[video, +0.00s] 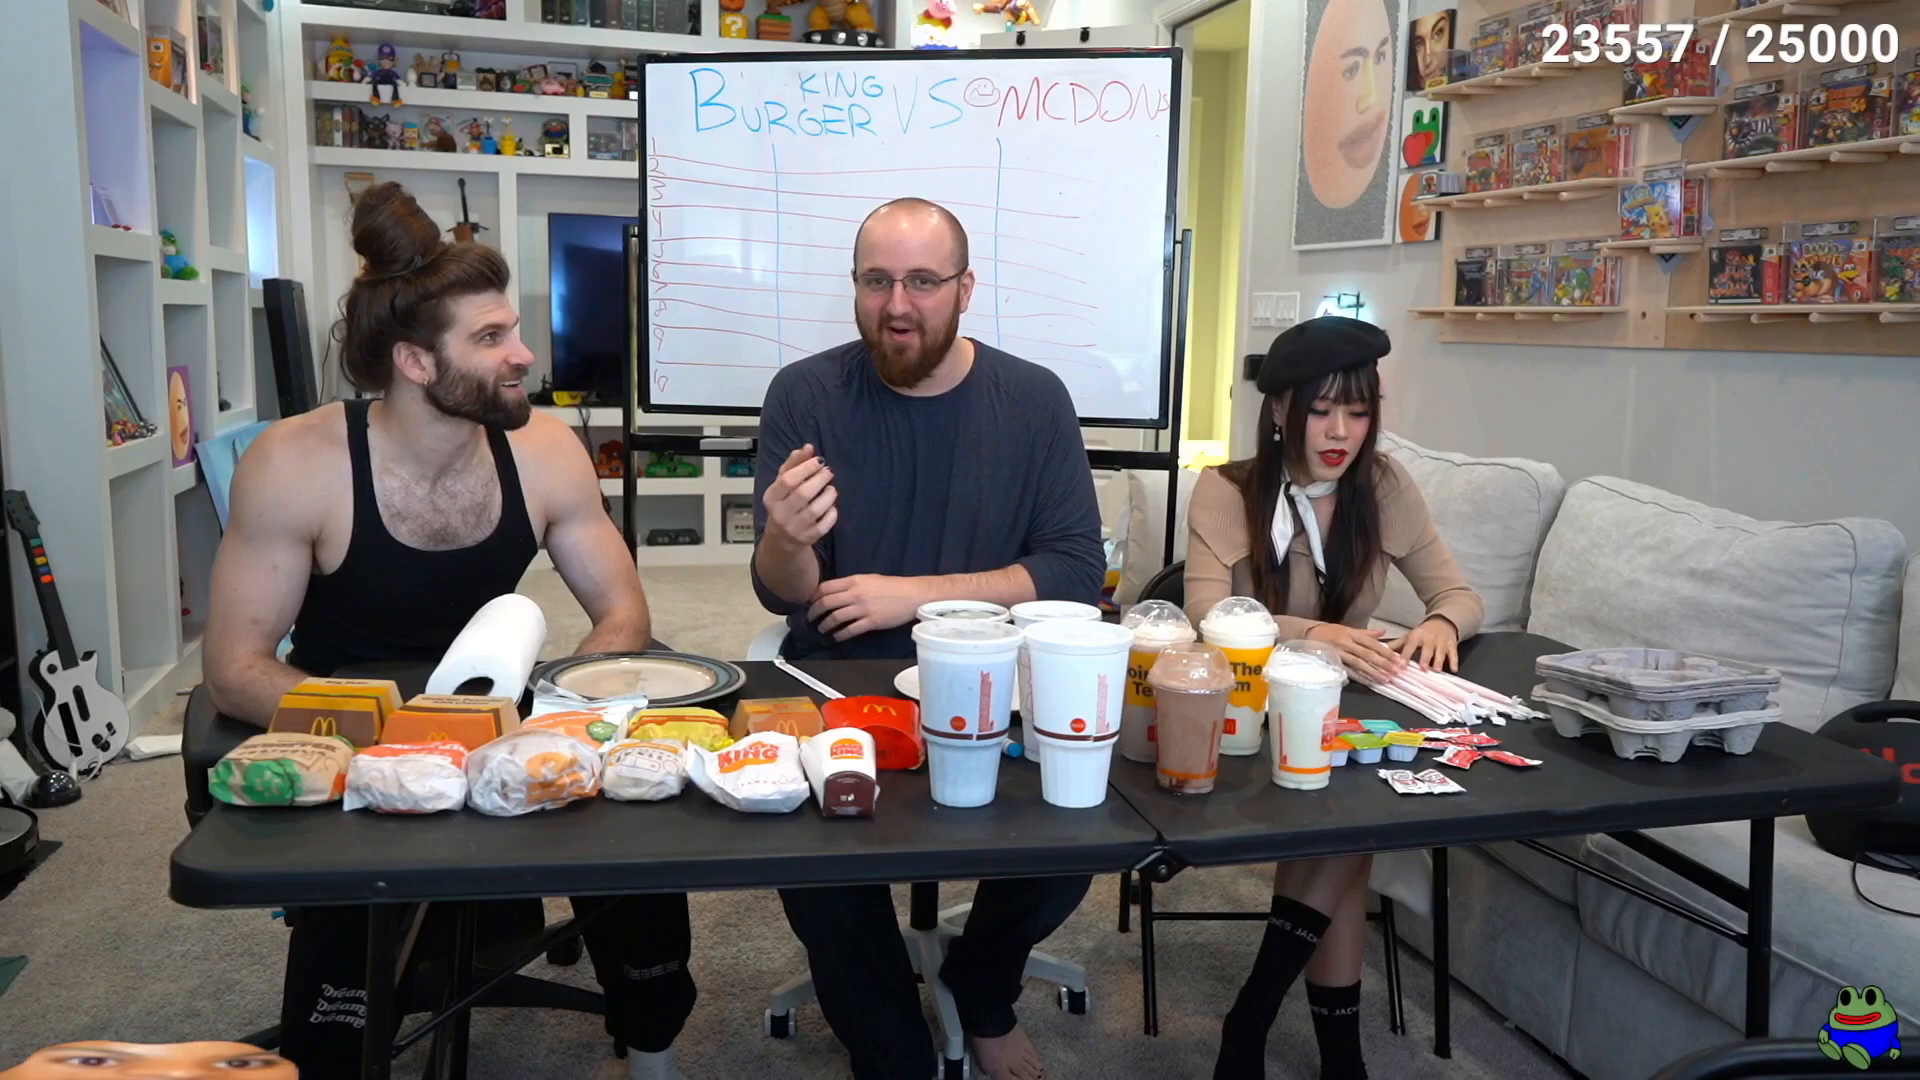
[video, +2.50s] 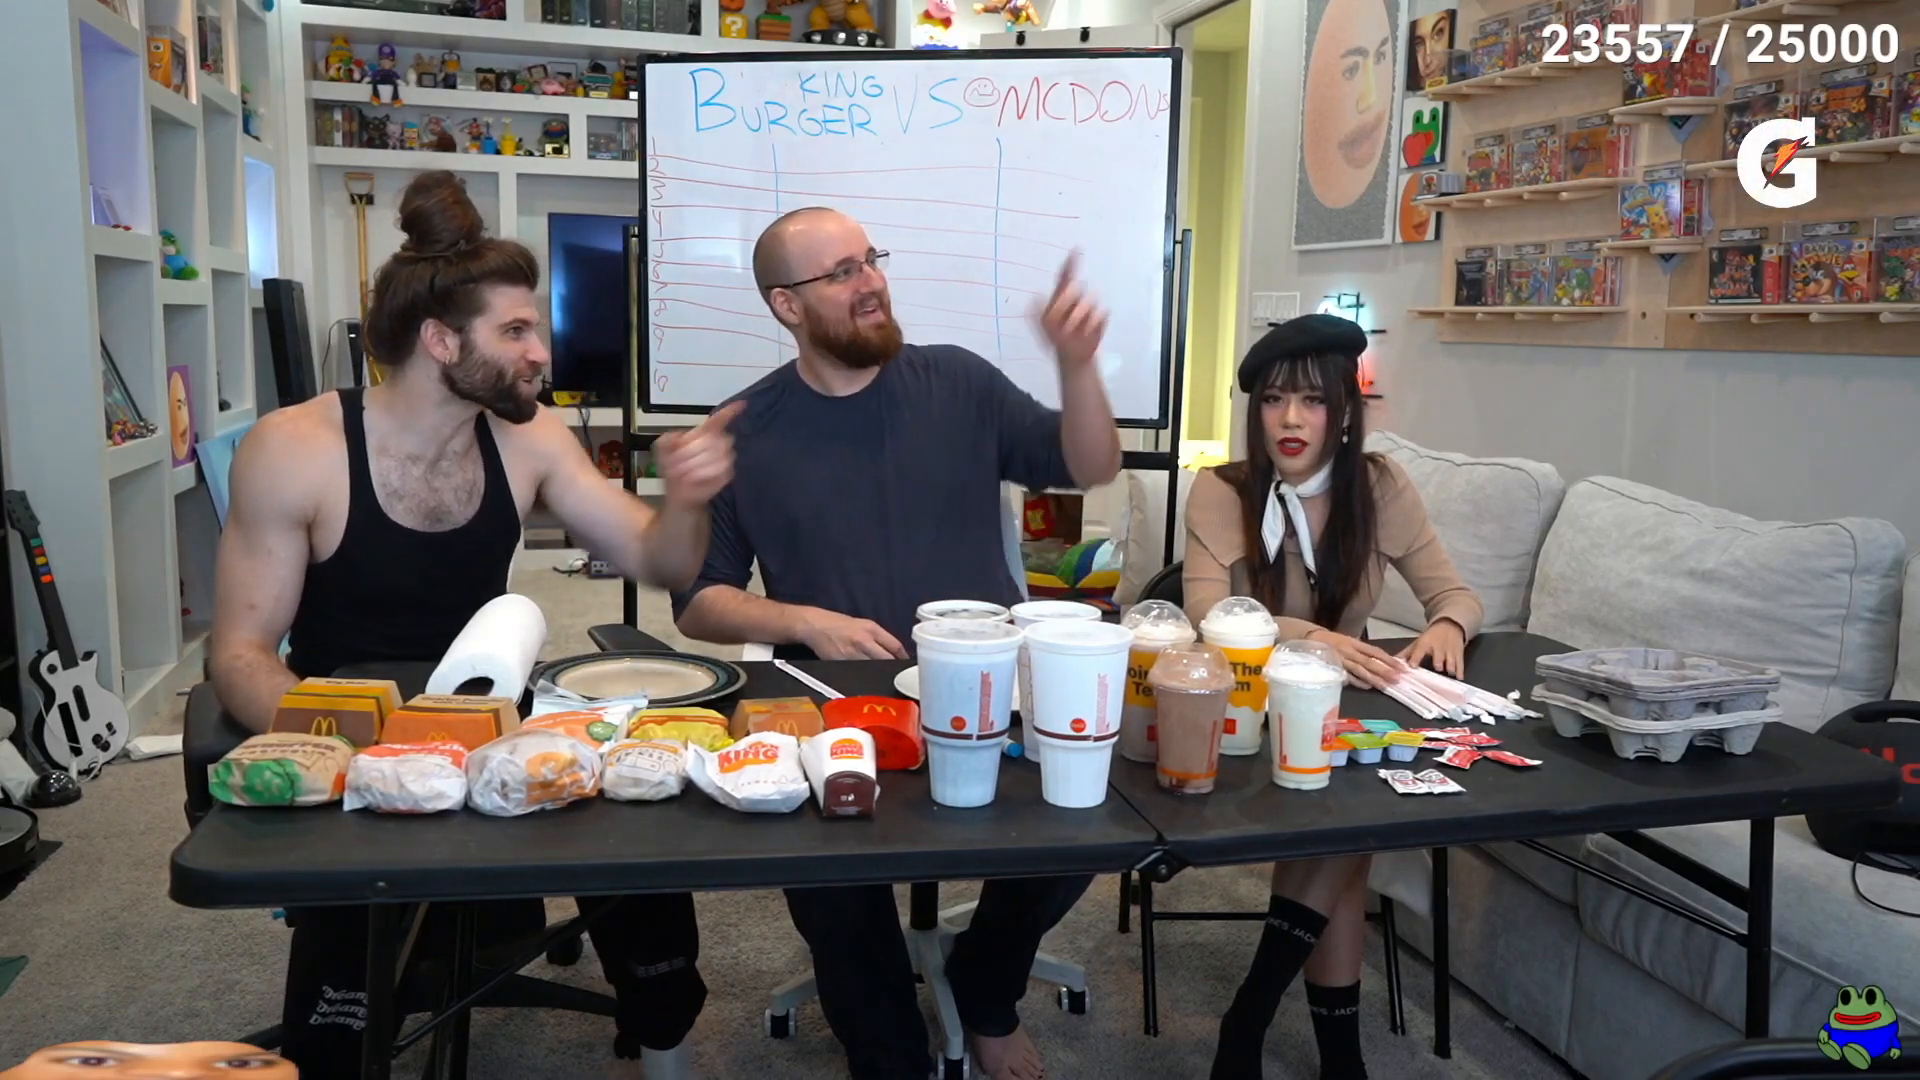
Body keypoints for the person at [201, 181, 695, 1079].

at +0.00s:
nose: (522, 353)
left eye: (516, 330)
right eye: (490, 338)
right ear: (415, 364)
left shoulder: (545, 451)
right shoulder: (295, 463)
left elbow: (624, 613)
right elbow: (233, 668)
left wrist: (565, 698)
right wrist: (368, 719)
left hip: (502, 744)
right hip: (344, 753)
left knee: (637, 831)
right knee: (353, 888)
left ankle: (651, 1054)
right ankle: (321, 1070)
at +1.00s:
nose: (512, 351)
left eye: (508, 329)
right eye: (483, 333)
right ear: (404, 354)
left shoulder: (530, 445)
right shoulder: (288, 460)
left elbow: (628, 565)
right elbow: (234, 662)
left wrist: (613, 609)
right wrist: (347, 721)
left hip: (501, 743)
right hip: (348, 755)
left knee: (622, 833)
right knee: (351, 890)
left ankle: (655, 1054)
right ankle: (321, 1070)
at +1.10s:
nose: (511, 348)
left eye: (507, 326)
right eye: (482, 330)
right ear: (404, 351)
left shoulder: (523, 439)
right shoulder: (287, 456)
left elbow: (626, 577)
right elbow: (235, 661)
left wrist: (666, 535)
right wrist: (350, 725)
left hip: (496, 740)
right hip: (344, 753)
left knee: (624, 831)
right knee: (350, 889)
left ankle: (656, 1055)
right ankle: (320, 1071)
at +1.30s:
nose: (521, 345)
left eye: (518, 323)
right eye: (495, 325)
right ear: (418, 341)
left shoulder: (523, 434)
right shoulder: (287, 450)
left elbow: (677, 508)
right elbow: (236, 655)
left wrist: (740, 438)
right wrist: (354, 722)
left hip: (488, 737)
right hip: (338, 750)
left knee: (629, 829)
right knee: (350, 892)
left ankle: (658, 1057)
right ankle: (321, 1072)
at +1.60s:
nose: (549, 357)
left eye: (547, 333)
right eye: (527, 332)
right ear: (446, 338)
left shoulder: (538, 419)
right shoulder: (299, 449)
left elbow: (691, 408)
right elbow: (240, 646)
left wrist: (831, 343)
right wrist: (318, 738)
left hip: (493, 727)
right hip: (341, 737)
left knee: (611, 828)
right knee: (343, 875)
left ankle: (654, 1055)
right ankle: (316, 1073)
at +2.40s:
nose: (545, 353)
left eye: (543, 331)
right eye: (522, 332)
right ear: (442, 341)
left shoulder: (533, 427)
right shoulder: (295, 449)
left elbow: (688, 497)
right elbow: (239, 649)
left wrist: (747, 424)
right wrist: (322, 738)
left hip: (495, 741)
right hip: (348, 753)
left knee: (628, 827)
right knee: (339, 895)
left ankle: (661, 1049)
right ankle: (322, 1072)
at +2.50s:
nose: (541, 353)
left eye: (540, 331)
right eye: (516, 332)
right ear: (440, 342)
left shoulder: (529, 440)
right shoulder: (295, 449)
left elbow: (663, 565)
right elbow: (238, 650)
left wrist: (688, 501)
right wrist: (336, 739)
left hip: (492, 749)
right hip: (342, 756)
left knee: (636, 832)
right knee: (353, 892)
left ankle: (664, 1053)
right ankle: (325, 1071)